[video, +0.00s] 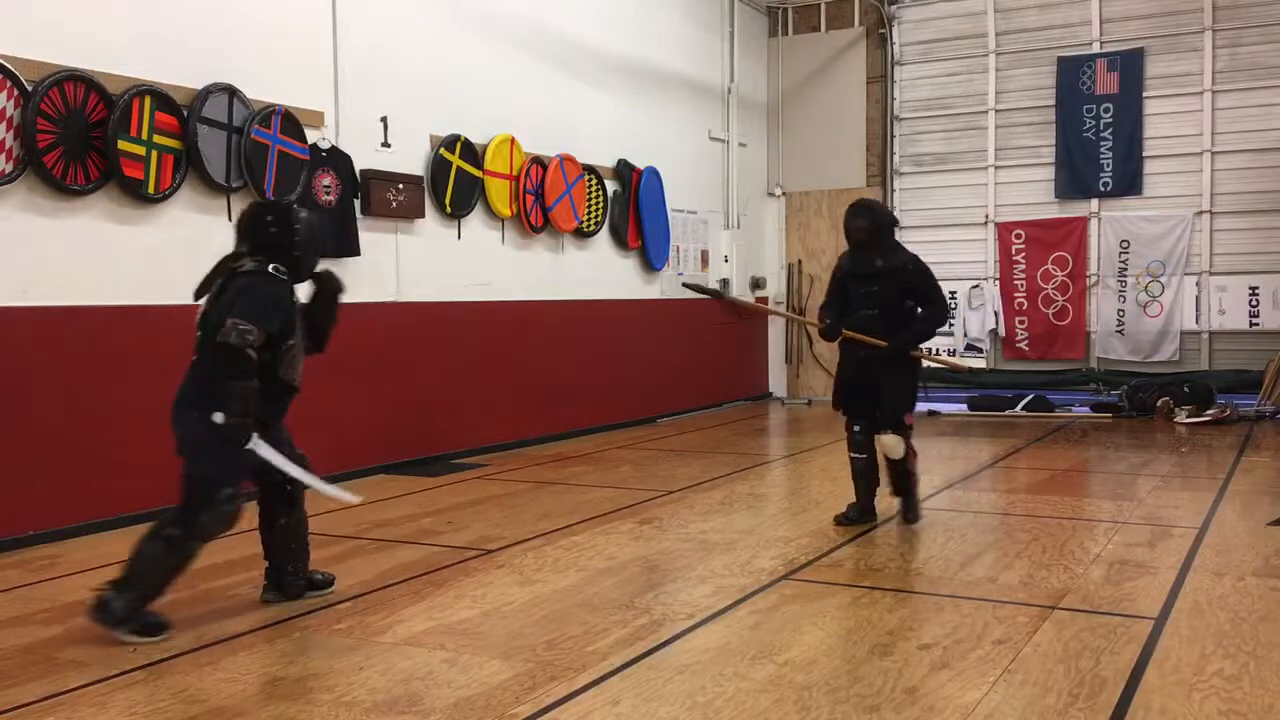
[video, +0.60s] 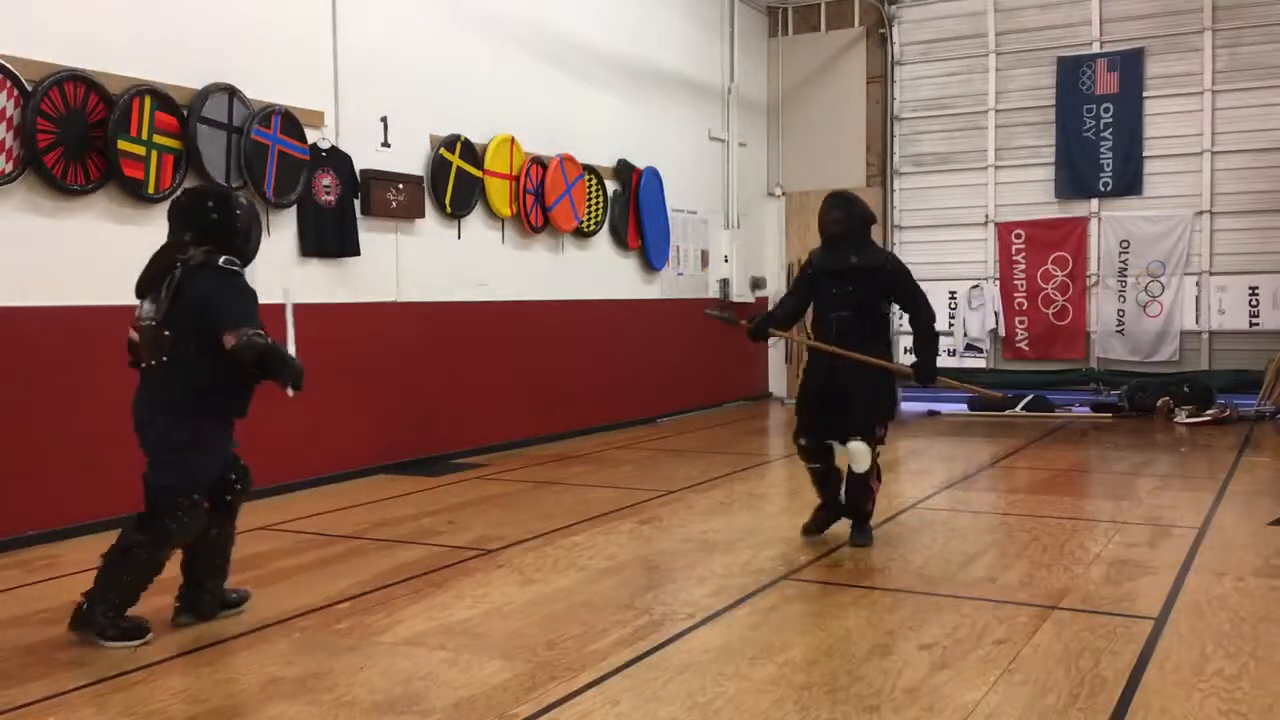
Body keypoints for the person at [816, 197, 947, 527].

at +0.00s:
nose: (854, 236)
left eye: (860, 229)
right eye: (850, 229)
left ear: (878, 228)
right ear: (847, 229)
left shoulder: (906, 264)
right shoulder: (847, 265)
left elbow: (938, 310)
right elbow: (831, 307)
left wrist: (908, 338)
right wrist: (829, 325)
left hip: (896, 362)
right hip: (856, 362)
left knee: (890, 437)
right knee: (857, 434)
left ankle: (907, 495)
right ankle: (864, 506)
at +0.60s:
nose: (825, 225)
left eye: (832, 217)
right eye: (824, 218)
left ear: (852, 220)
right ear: (823, 221)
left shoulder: (883, 264)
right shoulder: (818, 263)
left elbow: (920, 312)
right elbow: (793, 304)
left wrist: (925, 360)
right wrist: (767, 322)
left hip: (868, 364)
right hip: (823, 363)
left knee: (861, 444)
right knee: (809, 438)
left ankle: (861, 520)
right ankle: (831, 501)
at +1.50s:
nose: (809, 244)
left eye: (816, 237)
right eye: (803, 238)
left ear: (836, 237)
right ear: (796, 240)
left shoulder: (864, 278)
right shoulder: (793, 282)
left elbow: (915, 314)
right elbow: (769, 329)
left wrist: (936, 363)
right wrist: (743, 365)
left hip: (852, 389)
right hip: (801, 390)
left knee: (856, 470)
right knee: (786, 462)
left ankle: (857, 534)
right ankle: (780, 539)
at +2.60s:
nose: (773, 244)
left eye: (782, 236)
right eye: (765, 236)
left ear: (800, 239)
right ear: (754, 242)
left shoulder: (822, 286)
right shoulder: (745, 288)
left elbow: (861, 334)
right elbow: (728, 335)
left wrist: (885, 384)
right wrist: (716, 373)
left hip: (811, 404)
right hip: (756, 403)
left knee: (822, 496)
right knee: (745, 484)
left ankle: (806, 554)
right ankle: (740, 572)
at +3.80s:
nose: (765, 236)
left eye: (774, 226)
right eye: (755, 227)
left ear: (795, 226)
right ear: (744, 229)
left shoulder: (820, 270)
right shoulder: (735, 273)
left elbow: (867, 318)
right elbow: (723, 326)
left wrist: (864, 383)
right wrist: (731, 354)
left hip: (807, 397)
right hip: (754, 397)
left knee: (805, 495)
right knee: (771, 493)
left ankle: (787, 565)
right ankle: (762, 600)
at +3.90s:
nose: (767, 248)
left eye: (776, 239)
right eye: (758, 240)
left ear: (795, 240)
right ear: (746, 245)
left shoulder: (821, 283)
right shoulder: (741, 286)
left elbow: (846, 342)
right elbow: (730, 339)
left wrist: (805, 360)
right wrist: (757, 354)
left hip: (807, 403)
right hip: (758, 405)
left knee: (807, 491)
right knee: (787, 503)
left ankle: (784, 553)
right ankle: (767, 606)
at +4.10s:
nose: (780, 247)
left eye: (790, 237)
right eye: (771, 237)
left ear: (809, 242)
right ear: (758, 243)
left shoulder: (827, 287)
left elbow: (861, 357)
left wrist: (831, 358)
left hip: (816, 409)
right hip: (765, 413)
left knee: (833, 502)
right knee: (798, 508)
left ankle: (796, 552)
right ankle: (768, 606)